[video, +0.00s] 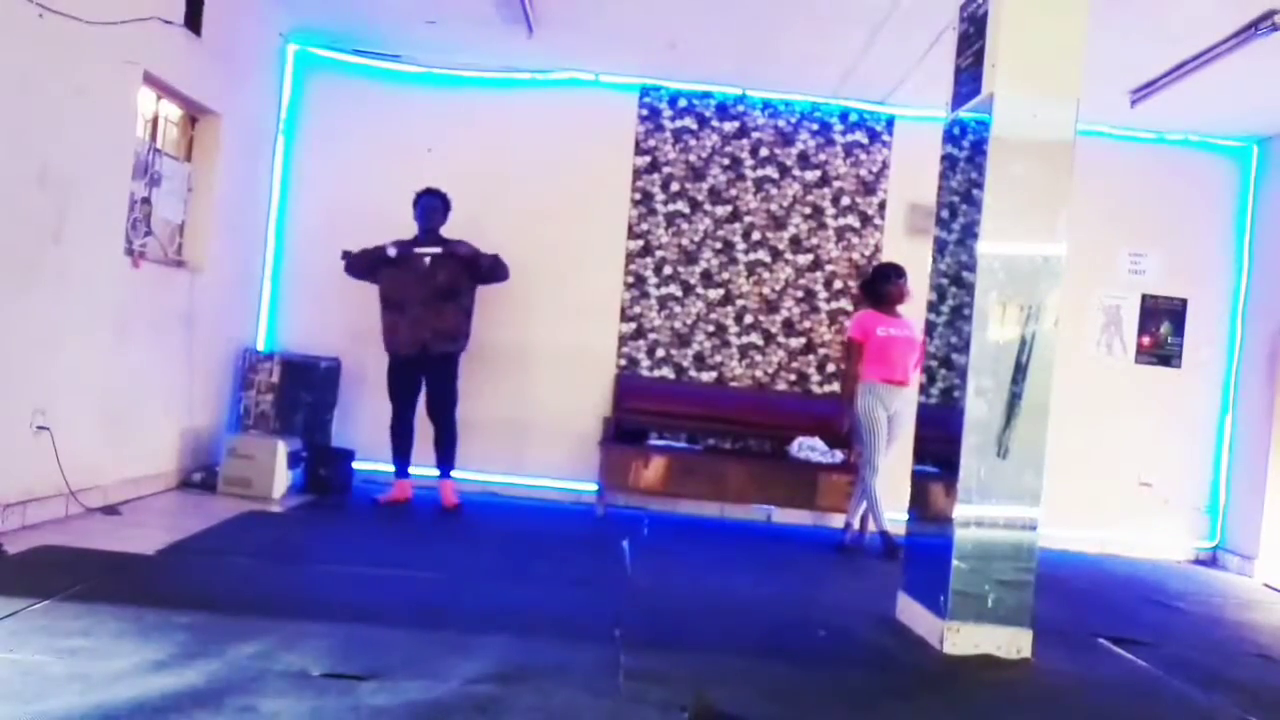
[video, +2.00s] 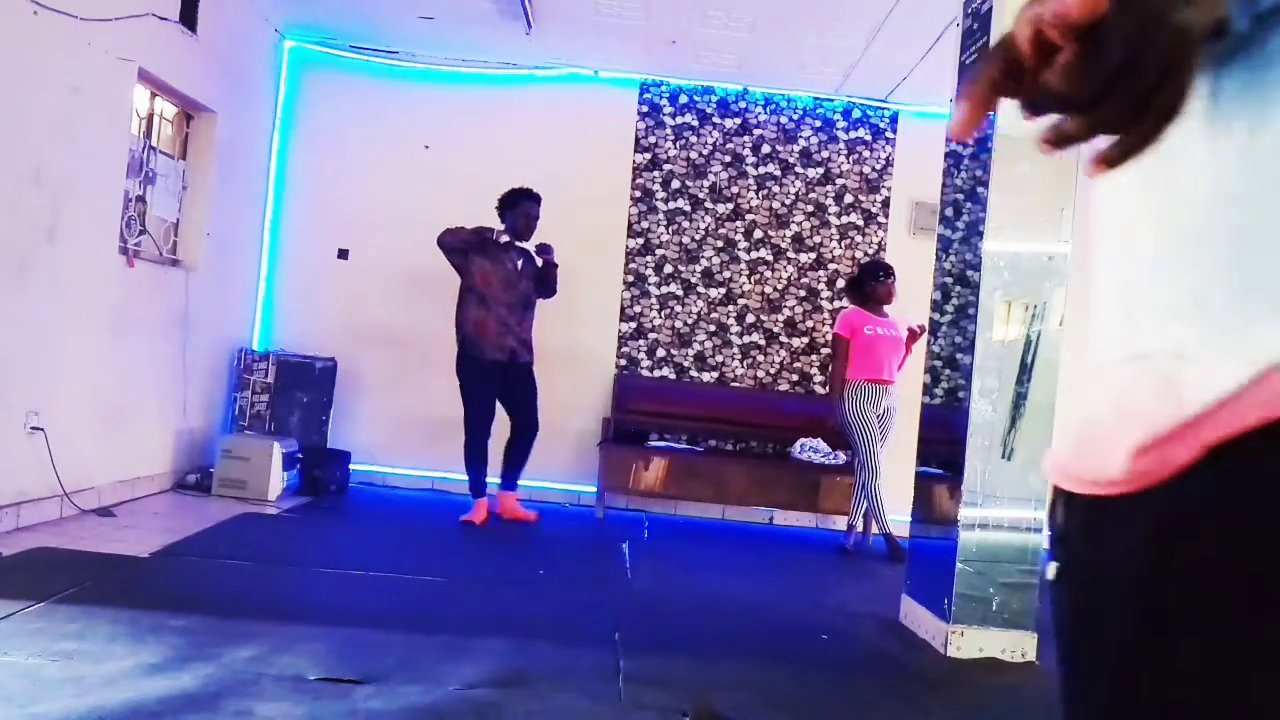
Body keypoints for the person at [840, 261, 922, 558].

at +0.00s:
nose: (905, 289)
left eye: (905, 283)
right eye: (898, 283)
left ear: (904, 288)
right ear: (881, 288)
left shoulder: (907, 325)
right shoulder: (864, 320)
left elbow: (914, 367)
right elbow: (852, 366)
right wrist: (847, 408)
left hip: (901, 392)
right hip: (872, 388)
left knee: (876, 463)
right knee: (872, 461)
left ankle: (851, 527)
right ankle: (882, 531)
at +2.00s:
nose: (895, 287)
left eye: (894, 281)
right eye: (888, 281)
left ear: (883, 287)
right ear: (871, 286)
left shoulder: (894, 325)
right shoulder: (850, 316)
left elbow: (894, 368)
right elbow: (838, 364)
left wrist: (910, 343)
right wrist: (835, 404)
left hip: (887, 397)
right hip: (857, 394)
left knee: (870, 464)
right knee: (870, 462)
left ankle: (854, 533)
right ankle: (888, 535)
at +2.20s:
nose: (895, 287)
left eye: (894, 281)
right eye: (889, 281)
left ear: (883, 287)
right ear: (871, 286)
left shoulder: (894, 326)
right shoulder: (850, 316)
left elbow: (893, 369)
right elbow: (838, 364)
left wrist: (909, 344)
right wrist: (835, 404)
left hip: (886, 397)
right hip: (857, 393)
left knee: (869, 464)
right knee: (869, 463)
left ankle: (853, 533)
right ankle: (888, 535)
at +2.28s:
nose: (895, 287)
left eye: (894, 281)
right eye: (889, 281)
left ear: (883, 287)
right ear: (872, 286)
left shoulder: (892, 325)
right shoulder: (850, 316)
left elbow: (892, 369)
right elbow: (838, 364)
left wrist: (909, 345)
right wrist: (834, 405)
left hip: (886, 397)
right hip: (856, 394)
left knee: (869, 464)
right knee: (870, 463)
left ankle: (853, 533)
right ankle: (888, 535)